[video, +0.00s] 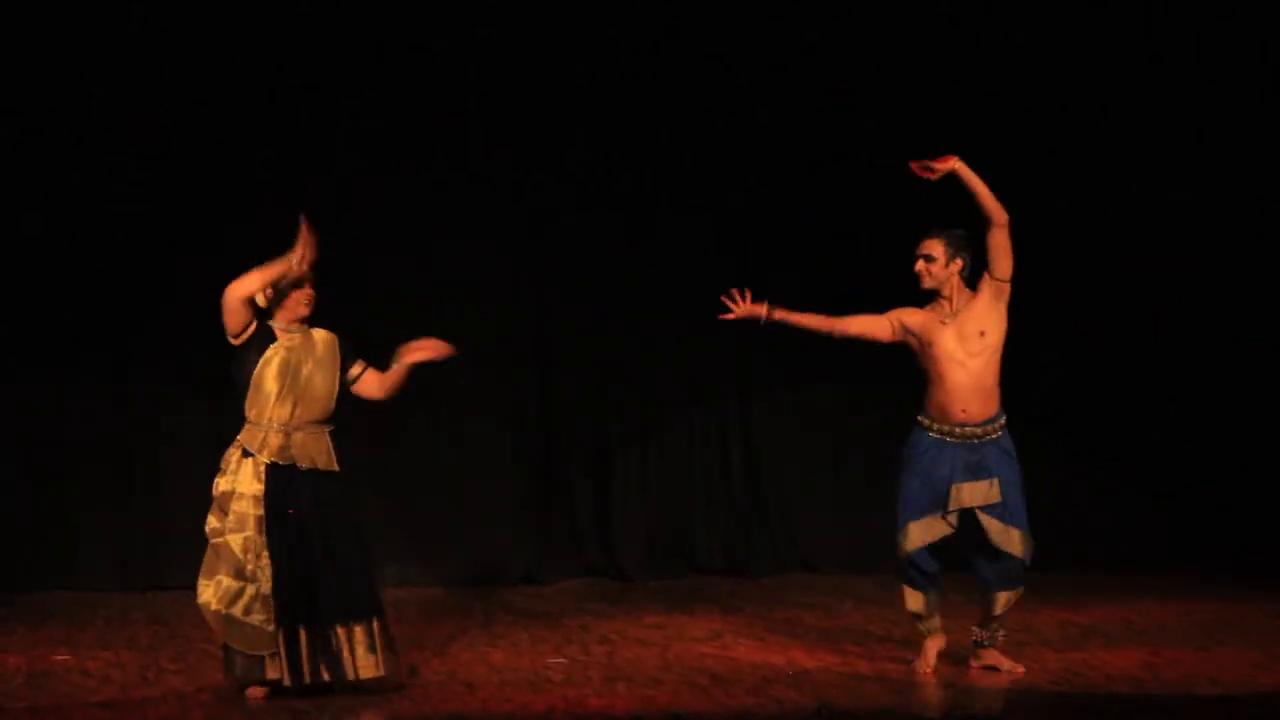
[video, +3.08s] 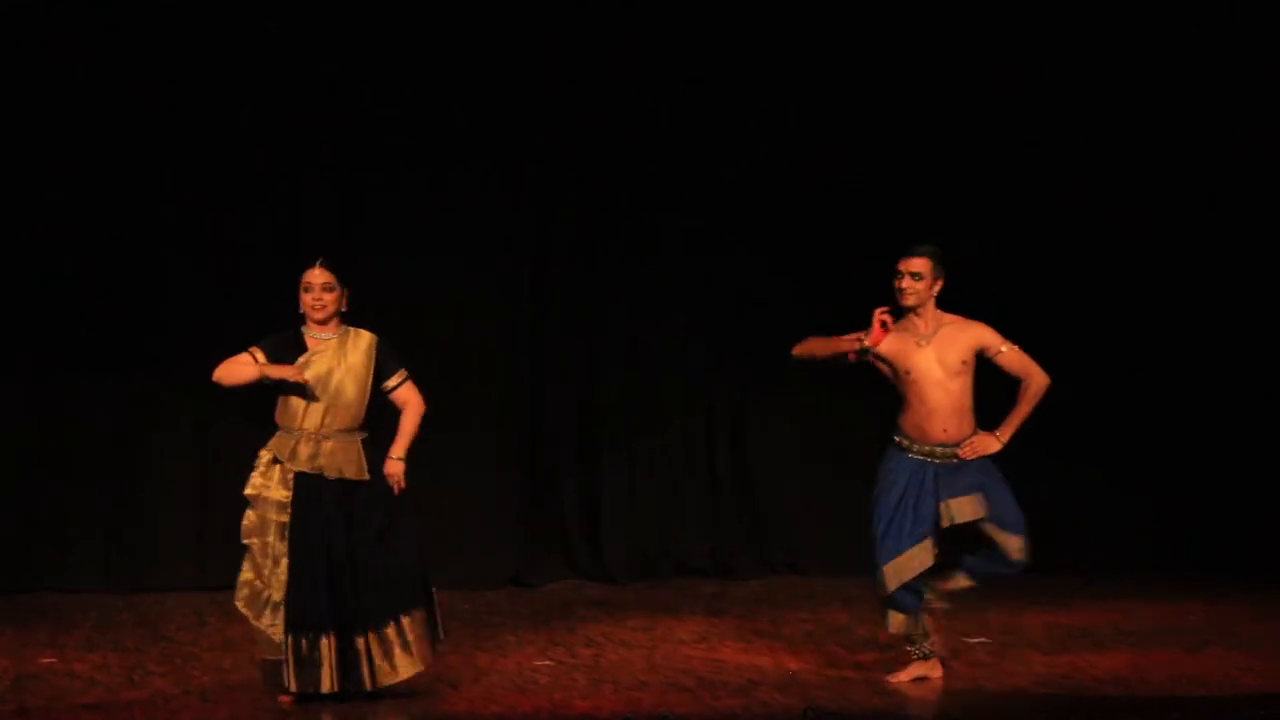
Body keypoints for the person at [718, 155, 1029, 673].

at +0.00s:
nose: (918, 268)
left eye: (929, 259)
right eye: (918, 260)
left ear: (958, 265)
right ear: (927, 268)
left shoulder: (993, 300)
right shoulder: (913, 322)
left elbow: (1000, 222)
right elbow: (838, 324)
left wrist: (960, 168)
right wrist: (769, 313)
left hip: (991, 442)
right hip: (933, 443)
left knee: (1009, 550)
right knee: (915, 546)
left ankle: (987, 646)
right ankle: (930, 639)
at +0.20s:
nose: (912, 277)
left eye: (922, 269)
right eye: (911, 270)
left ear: (951, 274)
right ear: (916, 278)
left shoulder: (989, 309)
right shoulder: (907, 334)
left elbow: (1030, 244)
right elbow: (834, 358)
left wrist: (975, 224)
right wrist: (821, 301)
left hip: (992, 447)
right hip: (934, 448)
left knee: (1016, 553)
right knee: (901, 526)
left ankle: (988, 646)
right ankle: (937, 618)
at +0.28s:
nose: (906, 278)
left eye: (916, 271)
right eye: (905, 271)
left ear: (945, 274)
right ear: (909, 278)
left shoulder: (986, 310)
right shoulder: (901, 333)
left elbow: (1041, 260)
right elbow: (828, 363)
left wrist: (987, 259)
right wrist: (835, 308)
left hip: (987, 447)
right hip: (929, 451)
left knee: (1022, 551)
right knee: (907, 547)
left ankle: (988, 642)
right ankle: (924, 655)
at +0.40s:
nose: (902, 288)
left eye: (911, 280)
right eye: (899, 281)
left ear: (938, 281)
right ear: (899, 286)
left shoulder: (975, 322)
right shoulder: (892, 339)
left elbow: (1051, 292)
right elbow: (816, 370)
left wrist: (1009, 312)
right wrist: (848, 330)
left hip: (981, 451)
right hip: (921, 455)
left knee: (1045, 530)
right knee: (896, 552)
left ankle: (988, 611)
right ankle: (924, 653)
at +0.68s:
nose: (906, 295)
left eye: (915, 287)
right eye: (900, 287)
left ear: (937, 288)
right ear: (896, 291)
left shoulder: (973, 329)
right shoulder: (890, 344)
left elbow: (1055, 340)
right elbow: (812, 372)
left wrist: (1033, 389)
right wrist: (862, 353)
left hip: (980, 456)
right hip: (921, 459)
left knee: (1023, 548)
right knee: (894, 552)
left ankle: (968, 640)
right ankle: (923, 653)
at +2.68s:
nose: (968, 276)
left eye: (976, 269)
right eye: (958, 268)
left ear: (986, 278)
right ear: (942, 276)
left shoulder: (1007, 332)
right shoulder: (924, 333)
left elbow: (1075, 376)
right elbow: (854, 332)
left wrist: (1038, 429)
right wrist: (920, 327)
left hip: (1003, 455)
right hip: (945, 455)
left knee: (1037, 556)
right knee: (926, 554)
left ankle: (997, 647)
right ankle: (953, 652)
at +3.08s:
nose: (904, 284)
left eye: (915, 277)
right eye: (900, 276)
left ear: (937, 285)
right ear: (895, 282)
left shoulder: (971, 334)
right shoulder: (884, 339)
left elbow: (1037, 379)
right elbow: (799, 351)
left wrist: (1000, 435)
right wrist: (861, 342)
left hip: (965, 458)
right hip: (908, 458)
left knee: (1008, 545)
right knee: (899, 557)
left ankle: (935, 589)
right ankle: (924, 658)